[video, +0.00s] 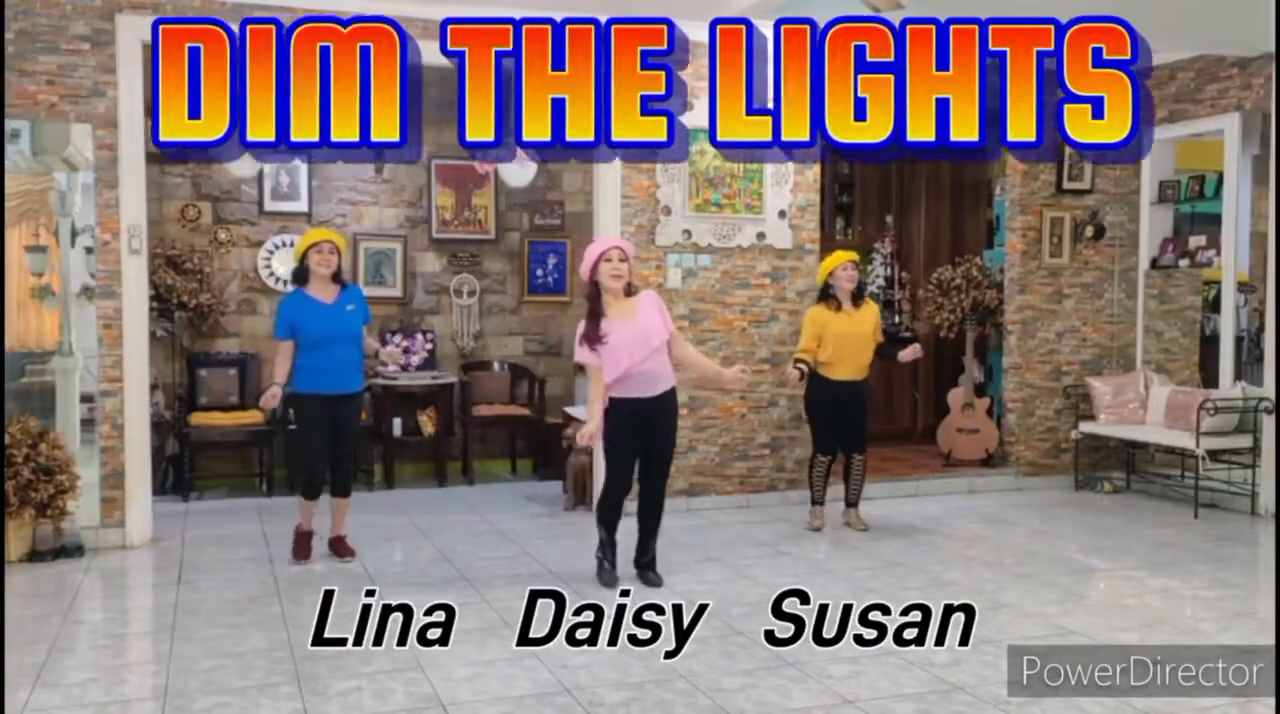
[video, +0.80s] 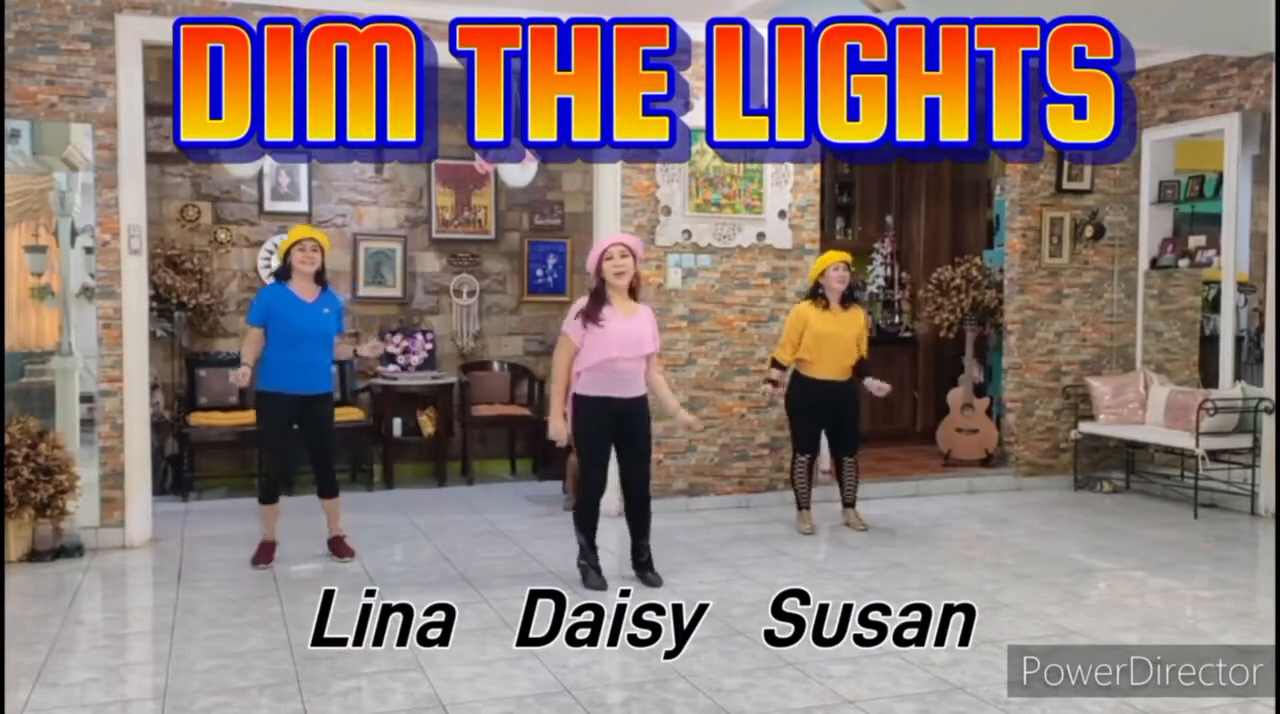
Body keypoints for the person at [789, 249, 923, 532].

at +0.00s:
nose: (852, 273)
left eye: (854, 268)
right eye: (845, 269)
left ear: (859, 275)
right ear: (830, 278)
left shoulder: (870, 310)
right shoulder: (818, 313)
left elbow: (878, 345)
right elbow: (806, 349)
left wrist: (898, 354)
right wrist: (799, 366)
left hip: (856, 387)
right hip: (823, 386)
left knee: (857, 450)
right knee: (825, 449)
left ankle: (851, 509)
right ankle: (817, 508)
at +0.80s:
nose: (842, 274)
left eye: (845, 270)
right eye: (835, 270)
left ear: (850, 277)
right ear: (821, 277)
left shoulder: (857, 315)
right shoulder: (803, 311)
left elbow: (858, 357)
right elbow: (786, 349)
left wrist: (869, 380)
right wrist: (774, 376)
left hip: (842, 390)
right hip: (806, 387)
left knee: (847, 451)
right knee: (805, 452)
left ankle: (850, 509)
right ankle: (804, 511)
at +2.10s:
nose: (844, 277)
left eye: (847, 271)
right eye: (837, 272)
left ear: (853, 277)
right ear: (823, 280)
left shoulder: (863, 308)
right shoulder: (811, 314)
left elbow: (870, 344)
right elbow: (803, 354)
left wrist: (879, 367)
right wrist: (803, 387)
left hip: (855, 387)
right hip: (820, 387)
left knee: (859, 451)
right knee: (813, 451)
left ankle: (856, 510)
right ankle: (806, 511)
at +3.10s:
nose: (853, 277)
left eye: (857, 271)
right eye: (846, 272)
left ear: (864, 278)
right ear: (833, 281)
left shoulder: (872, 315)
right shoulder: (817, 312)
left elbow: (876, 353)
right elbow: (801, 352)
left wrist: (881, 377)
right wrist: (796, 382)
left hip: (856, 392)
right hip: (820, 390)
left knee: (858, 453)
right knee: (815, 453)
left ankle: (856, 511)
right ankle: (809, 513)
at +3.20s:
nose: (848, 276)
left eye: (852, 271)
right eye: (841, 272)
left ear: (858, 278)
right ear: (828, 280)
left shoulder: (867, 314)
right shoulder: (813, 310)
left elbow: (869, 352)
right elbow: (795, 348)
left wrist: (870, 379)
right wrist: (787, 382)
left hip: (850, 389)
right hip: (813, 387)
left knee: (853, 452)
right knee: (811, 453)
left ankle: (855, 510)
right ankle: (807, 513)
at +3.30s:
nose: (842, 277)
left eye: (846, 272)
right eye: (835, 273)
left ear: (852, 278)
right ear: (822, 281)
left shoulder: (861, 313)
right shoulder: (807, 313)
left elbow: (866, 350)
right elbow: (788, 349)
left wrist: (864, 380)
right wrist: (779, 380)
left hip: (844, 390)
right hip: (807, 388)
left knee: (851, 452)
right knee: (807, 452)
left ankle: (854, 510)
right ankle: (807, 513)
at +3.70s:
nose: (829, 277)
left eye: (832, 271)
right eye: (822, 273)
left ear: (839, 277)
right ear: (809, 282)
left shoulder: (853, 308)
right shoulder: (796, 314)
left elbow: (868, 343)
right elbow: (773, 342)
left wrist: (861, 373)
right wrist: (758, 358)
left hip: (837, 390)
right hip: (800, 390)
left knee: (835, 454)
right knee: (802, 452)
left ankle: (828, 511)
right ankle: (806, 513)